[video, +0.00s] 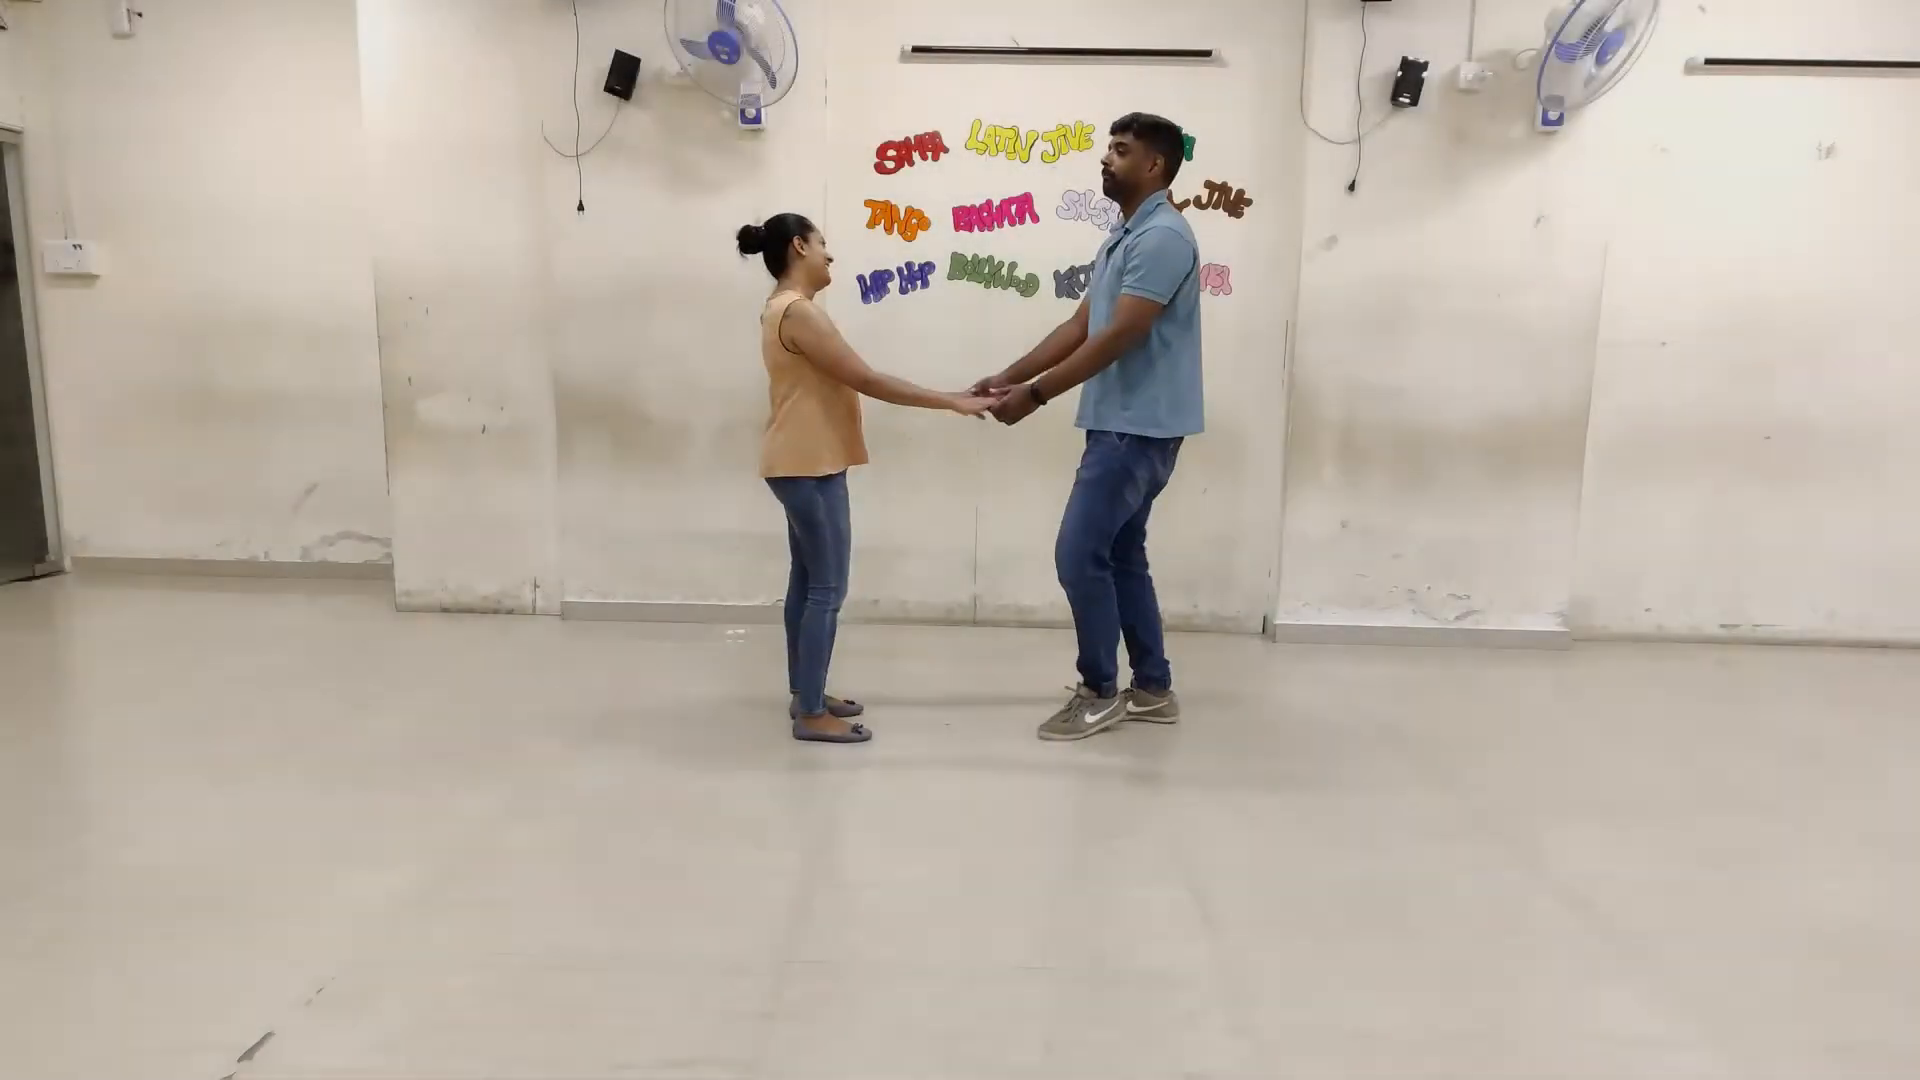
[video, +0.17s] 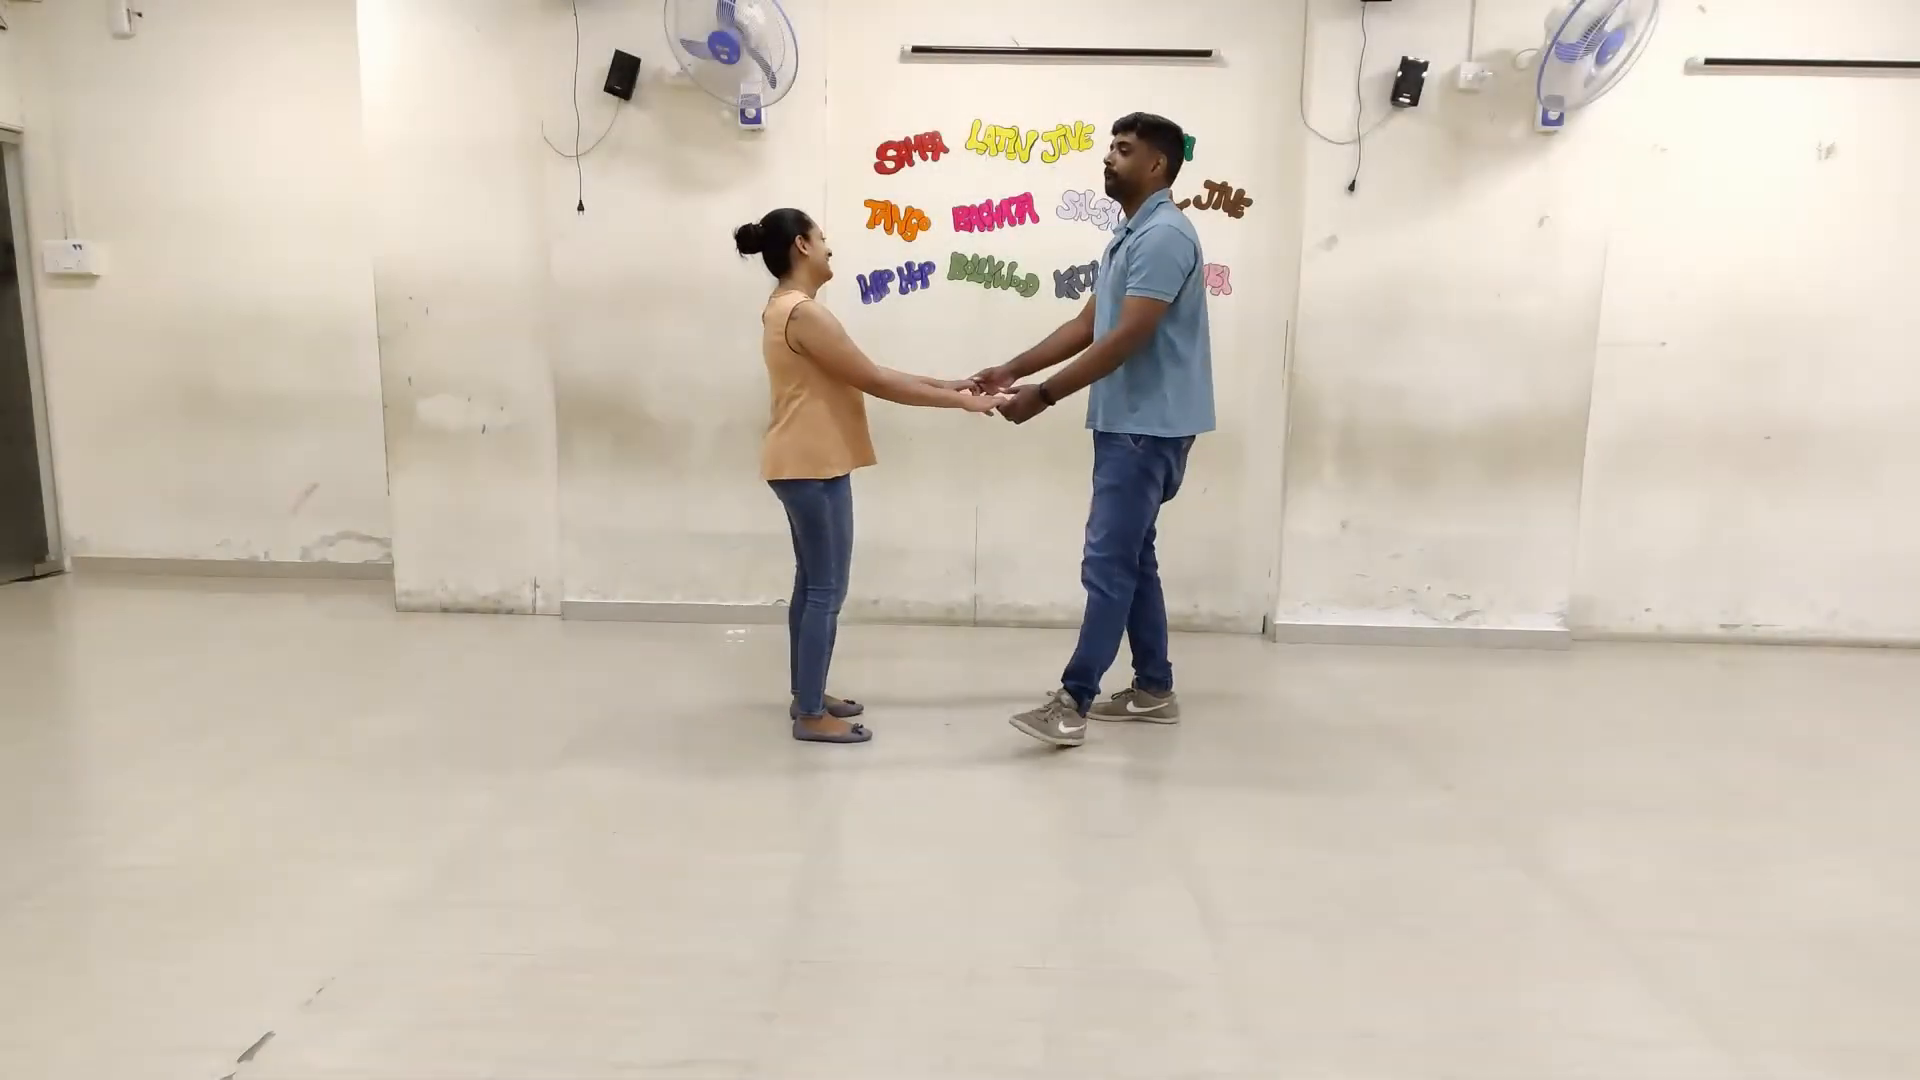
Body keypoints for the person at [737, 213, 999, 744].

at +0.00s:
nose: (830, 254)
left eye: (826, 244)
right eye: (823, 244)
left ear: (793, 251)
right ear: (800, 247)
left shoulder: (783, 310)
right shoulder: (797, 312)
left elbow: (861, 379)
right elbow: (865, 379)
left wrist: (944, 401)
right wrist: (950, 400)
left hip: (801, 463)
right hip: (812, 465)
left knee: (807, 584)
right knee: (827, 591)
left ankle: (807, 693)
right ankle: (812, 714)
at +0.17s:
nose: (830, 247)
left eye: (825, 238)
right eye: (822, 238)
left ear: (792, 249)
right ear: (803, 246)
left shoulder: (787, 308)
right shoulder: (801, 313)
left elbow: (871, 374)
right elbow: (874, 380)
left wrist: (947, 386)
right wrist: (959, 400)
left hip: (805, 464)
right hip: (815, 467)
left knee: (814, 586)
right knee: (826, 593)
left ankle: (809, 695)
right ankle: (810, 715)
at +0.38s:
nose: (831, 243)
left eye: (825, 234)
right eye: (823, 236)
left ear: (794, 253)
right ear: (806, 249)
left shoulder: (793, 308)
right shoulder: (806, 317)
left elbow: (872, 371)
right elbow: (880, 387)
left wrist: (949, 383)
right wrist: (967, 403)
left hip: (818, 462)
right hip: (813, 467)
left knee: (843, 573)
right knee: (827, 588)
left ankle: (820, 688)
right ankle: (810, 716)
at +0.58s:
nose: (836, 247)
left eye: (829, 239)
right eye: (825, 244)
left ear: (801, 266)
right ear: (803, 265)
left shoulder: (805, 314)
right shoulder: (807, 324)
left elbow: (876, 387)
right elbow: (880, 390)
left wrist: (944, 409)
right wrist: (967, 408)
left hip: (838, 470)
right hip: (819, 474)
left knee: (869, 574)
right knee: (841, 591)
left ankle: (846, 691)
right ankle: (812, 716)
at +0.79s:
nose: (833, 244)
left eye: (828, 236)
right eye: (819, 243)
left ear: (822, 256)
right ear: (796, 268)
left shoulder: (834, 308)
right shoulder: (806, 321)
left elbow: (881, 381)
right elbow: (869, 386)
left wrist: (947, 406)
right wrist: (951, 402)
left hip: (860, 466)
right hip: (827, 473)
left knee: (872, 577)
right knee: (840, 587)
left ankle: (847, 690)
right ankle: (812, 713)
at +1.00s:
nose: (833, 247)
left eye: (830, 238)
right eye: (817, 246)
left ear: (836, 248)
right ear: (795, 269)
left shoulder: (856, 313)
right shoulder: (802, 324)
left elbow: (896, 386)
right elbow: (858, 387)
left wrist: (955, 411)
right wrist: (947, 402)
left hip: (873, 466)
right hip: (830, 473)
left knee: (864, 586)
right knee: (846, 589)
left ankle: (849, 689)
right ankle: (828, 708)